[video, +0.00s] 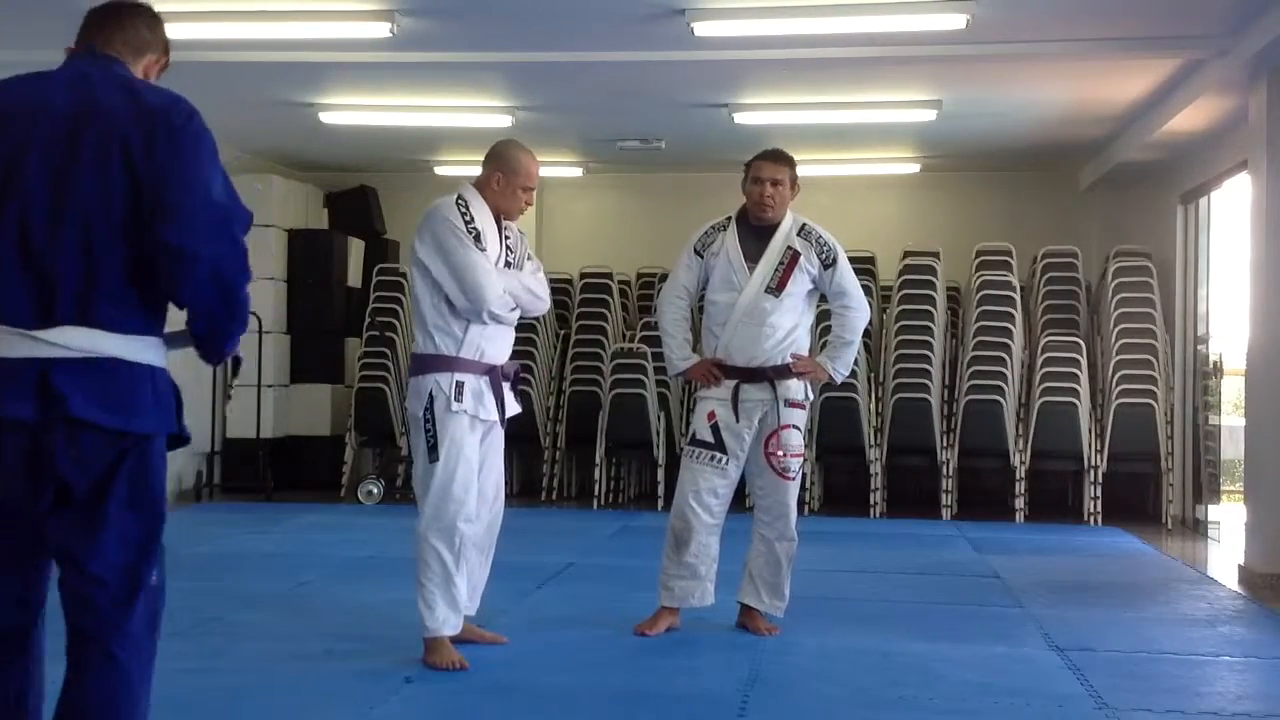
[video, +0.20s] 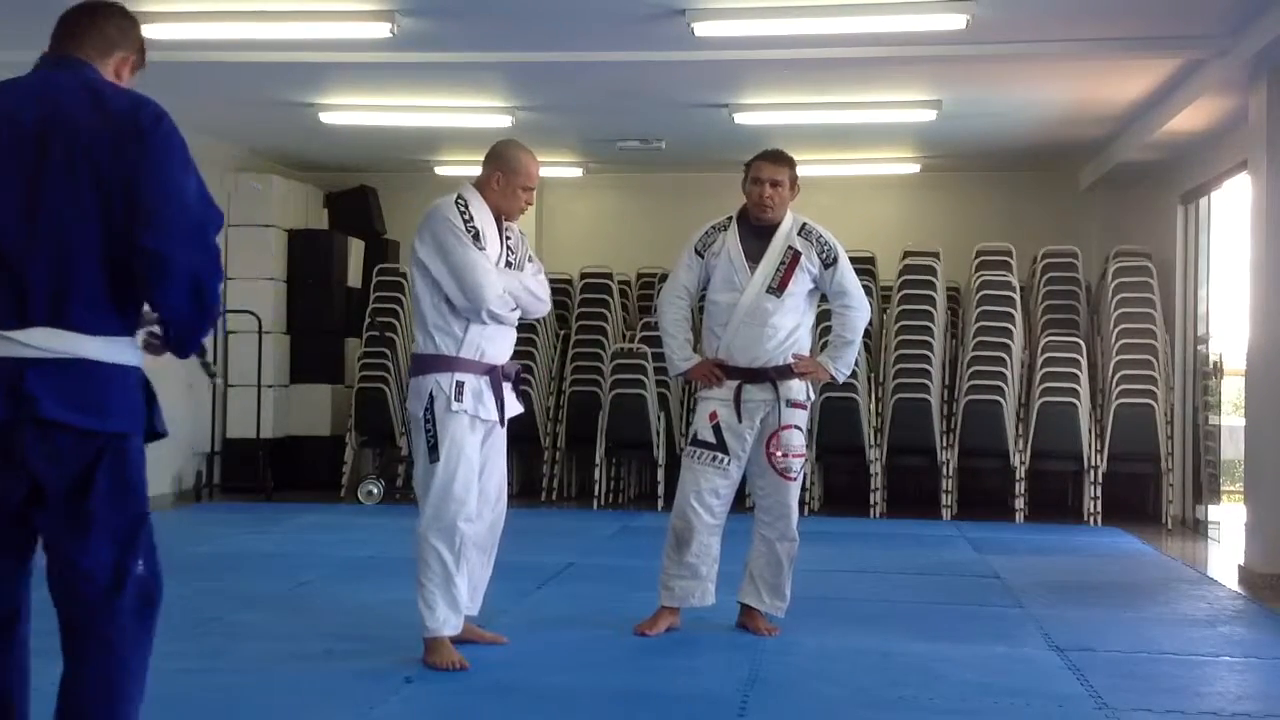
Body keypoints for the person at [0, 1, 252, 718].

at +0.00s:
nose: (159, 82)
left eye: (162, 75)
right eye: (165, 74)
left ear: (76, 48)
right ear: (151, 65)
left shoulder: (7, 101)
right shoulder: (163, 119)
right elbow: (209, 244)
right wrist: (217, 333)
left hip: (5, 393)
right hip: (111, 400)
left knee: (6, 608)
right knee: (113, 610)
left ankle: (14, 710)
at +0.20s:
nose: (134, 83)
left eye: (134, 75)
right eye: (138, 74)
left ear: (52, 49)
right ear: (123, 64)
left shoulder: (4, 103)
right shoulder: (135, 122)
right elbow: (185, 244)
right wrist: (182, 329)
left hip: (1, 392)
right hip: (88, 399)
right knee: (107, 604)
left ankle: (11, 706)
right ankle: (97, 713)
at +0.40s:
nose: (117, 89)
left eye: (119, 80)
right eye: (121, 78)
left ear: (39, 51)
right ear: (104, 65)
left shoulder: (5, 104)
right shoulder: (111, 121)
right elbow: (157, 248)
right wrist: (133, 338)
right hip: (74, 393)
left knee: (1, 592)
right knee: (126, 586)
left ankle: (8, 706)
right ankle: (112, 712)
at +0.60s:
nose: (141, 99)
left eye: (146, 90)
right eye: (145, 88)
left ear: (66, 58)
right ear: (128, 73)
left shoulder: (6, 112)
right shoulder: (120, 124)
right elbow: (132, 246)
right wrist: (167, 332)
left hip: (7, 385)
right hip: (89, 392)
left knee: (5, 601)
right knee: (141, 599)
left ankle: (11, 707)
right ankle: (154, 718)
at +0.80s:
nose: (184, 116)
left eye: (187, 104)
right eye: (189, 101)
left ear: (114, 67)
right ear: (174, 83)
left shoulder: (15, 128)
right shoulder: (162, 141)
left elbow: (8, 257)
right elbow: (186, 267)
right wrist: (209, 341)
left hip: (24, 391)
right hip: (132, 398)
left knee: (24, 596)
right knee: (172, 599)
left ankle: (18, 712)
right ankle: (174, 717)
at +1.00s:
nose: (223, 109)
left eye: (224, 100)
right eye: (227, 98)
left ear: (151, 65)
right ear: (212, 82)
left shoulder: (58, 125)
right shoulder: (219, 139)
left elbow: (7, 250)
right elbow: (263, 257)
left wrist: (60, 330)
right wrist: (257, 345)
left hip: (74, 396)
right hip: (181, 402)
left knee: (53, 580)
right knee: (185, 593)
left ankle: (25, 709)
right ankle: (175, 714)